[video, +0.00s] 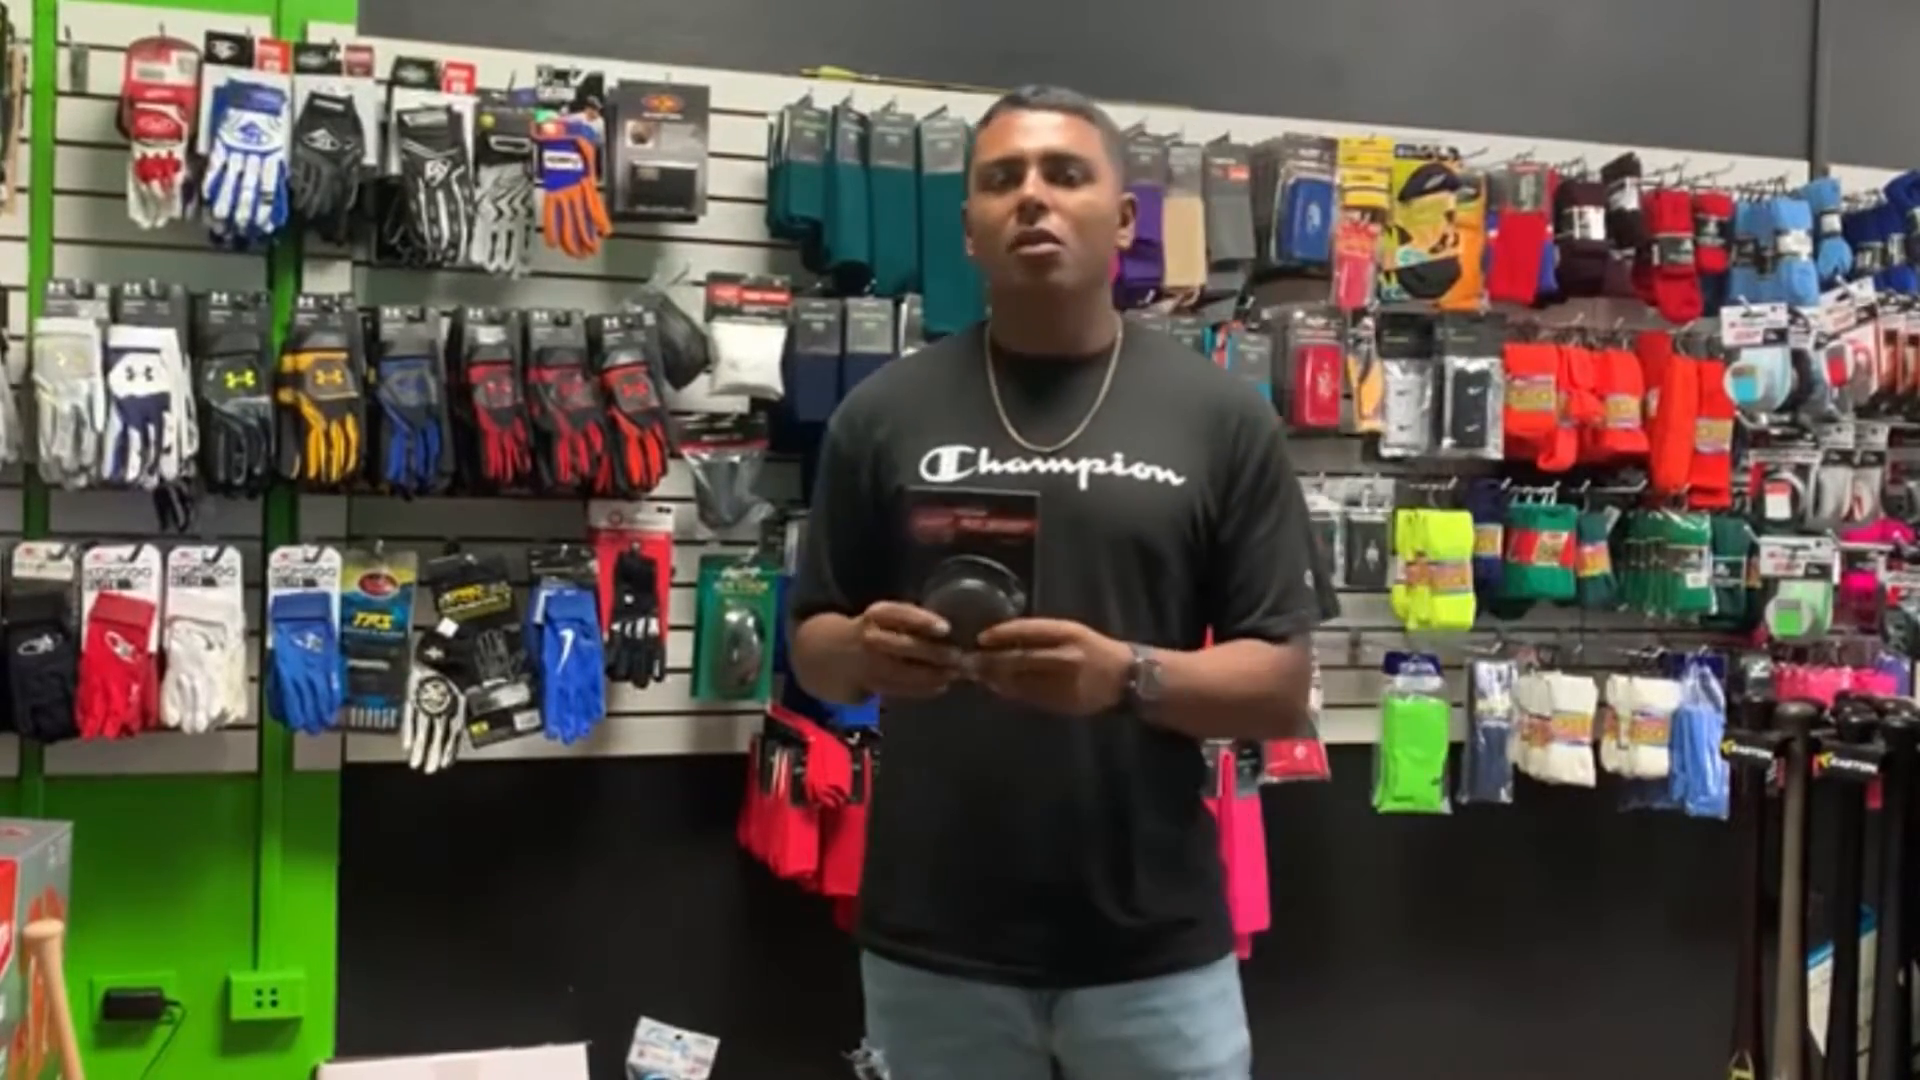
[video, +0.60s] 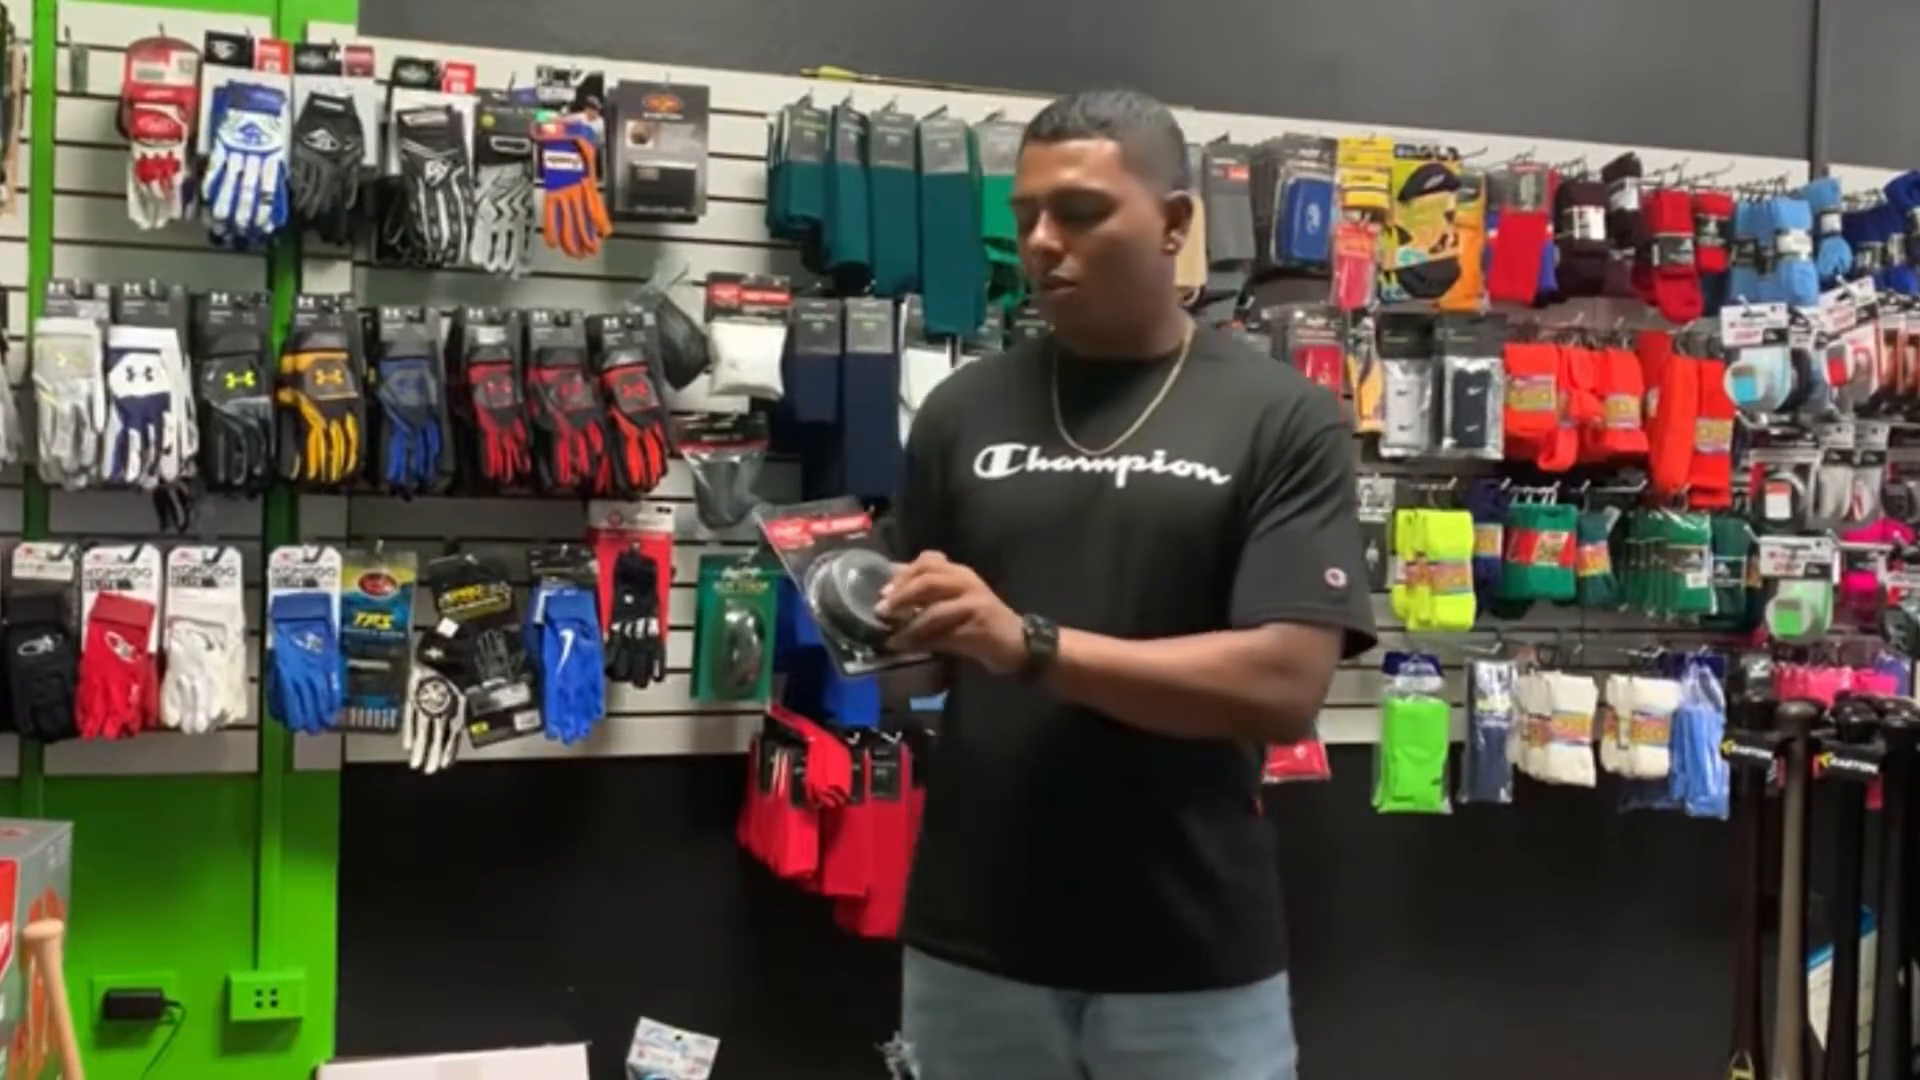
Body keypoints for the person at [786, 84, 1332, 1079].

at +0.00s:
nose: (1033, 195)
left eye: (1066, 172)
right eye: (1003, 176)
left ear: (1123, 217)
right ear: (967, 225)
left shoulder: (1221, 420)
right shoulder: (881, 416)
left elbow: (1283, 683)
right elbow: (812, 648)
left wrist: (1127, 675)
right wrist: (861, 655)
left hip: (1155, 946)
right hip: (935, 945)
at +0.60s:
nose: (1041, 243)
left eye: (1079, 213)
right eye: (1027, 215)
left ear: (1176, 224)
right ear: (1014, 223)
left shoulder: (1285, 419)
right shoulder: (960, 412)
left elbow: (1286, 684)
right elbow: (917, 665)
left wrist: (1030, 646)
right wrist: (890, 632)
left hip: (1193, 959)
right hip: (974, 947)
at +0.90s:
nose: (1124, 237)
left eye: (1161, 205)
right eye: (1119, 209)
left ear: (1269, 212)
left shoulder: (1391, 407)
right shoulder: (1065, 403)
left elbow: (1377, 687)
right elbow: (1029, 650)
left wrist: (1096, 642)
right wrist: (978, 630)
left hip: (1286, 968)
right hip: (1064, 950)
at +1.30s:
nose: (1236, 233)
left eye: (1275, 199)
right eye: (1234, 203)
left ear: (1391, 211)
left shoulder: (1522, 419)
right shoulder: (1193, 399)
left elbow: (1474, 707)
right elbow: (1146, 629)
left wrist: (1182, 654)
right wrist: (1062, 623)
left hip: (1397, 989)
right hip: (1172, 959)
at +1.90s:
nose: (1270, 225)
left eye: (1309, 192)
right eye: (1271, 194)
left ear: (1422, 209)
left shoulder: (1553, 422)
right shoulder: (1236, 394)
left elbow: (1455, 700)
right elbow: (1169, 607)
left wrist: (1169, 647)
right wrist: (1063, 616)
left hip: (1414, 990)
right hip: (1196, 957)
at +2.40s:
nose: (1163, 225)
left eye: (1200, 191)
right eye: (1166, 195)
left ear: (1308, 208)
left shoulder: (1431, 410)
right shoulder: (1137, 392)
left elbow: (1336, 684)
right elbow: (1079, 626)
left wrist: (1059, 626)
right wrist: (961, 613)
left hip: (1311, 965)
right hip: (1106, 940)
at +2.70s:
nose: (1071, 234)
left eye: (1106, 202)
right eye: (1073, 206)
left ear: (1211, 213)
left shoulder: (1336, 401)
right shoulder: (1047, 401)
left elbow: (1256, 671)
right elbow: (999, 631)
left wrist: (978, 623)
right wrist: (889, 602)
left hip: (1232, 953)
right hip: (1031, 935)